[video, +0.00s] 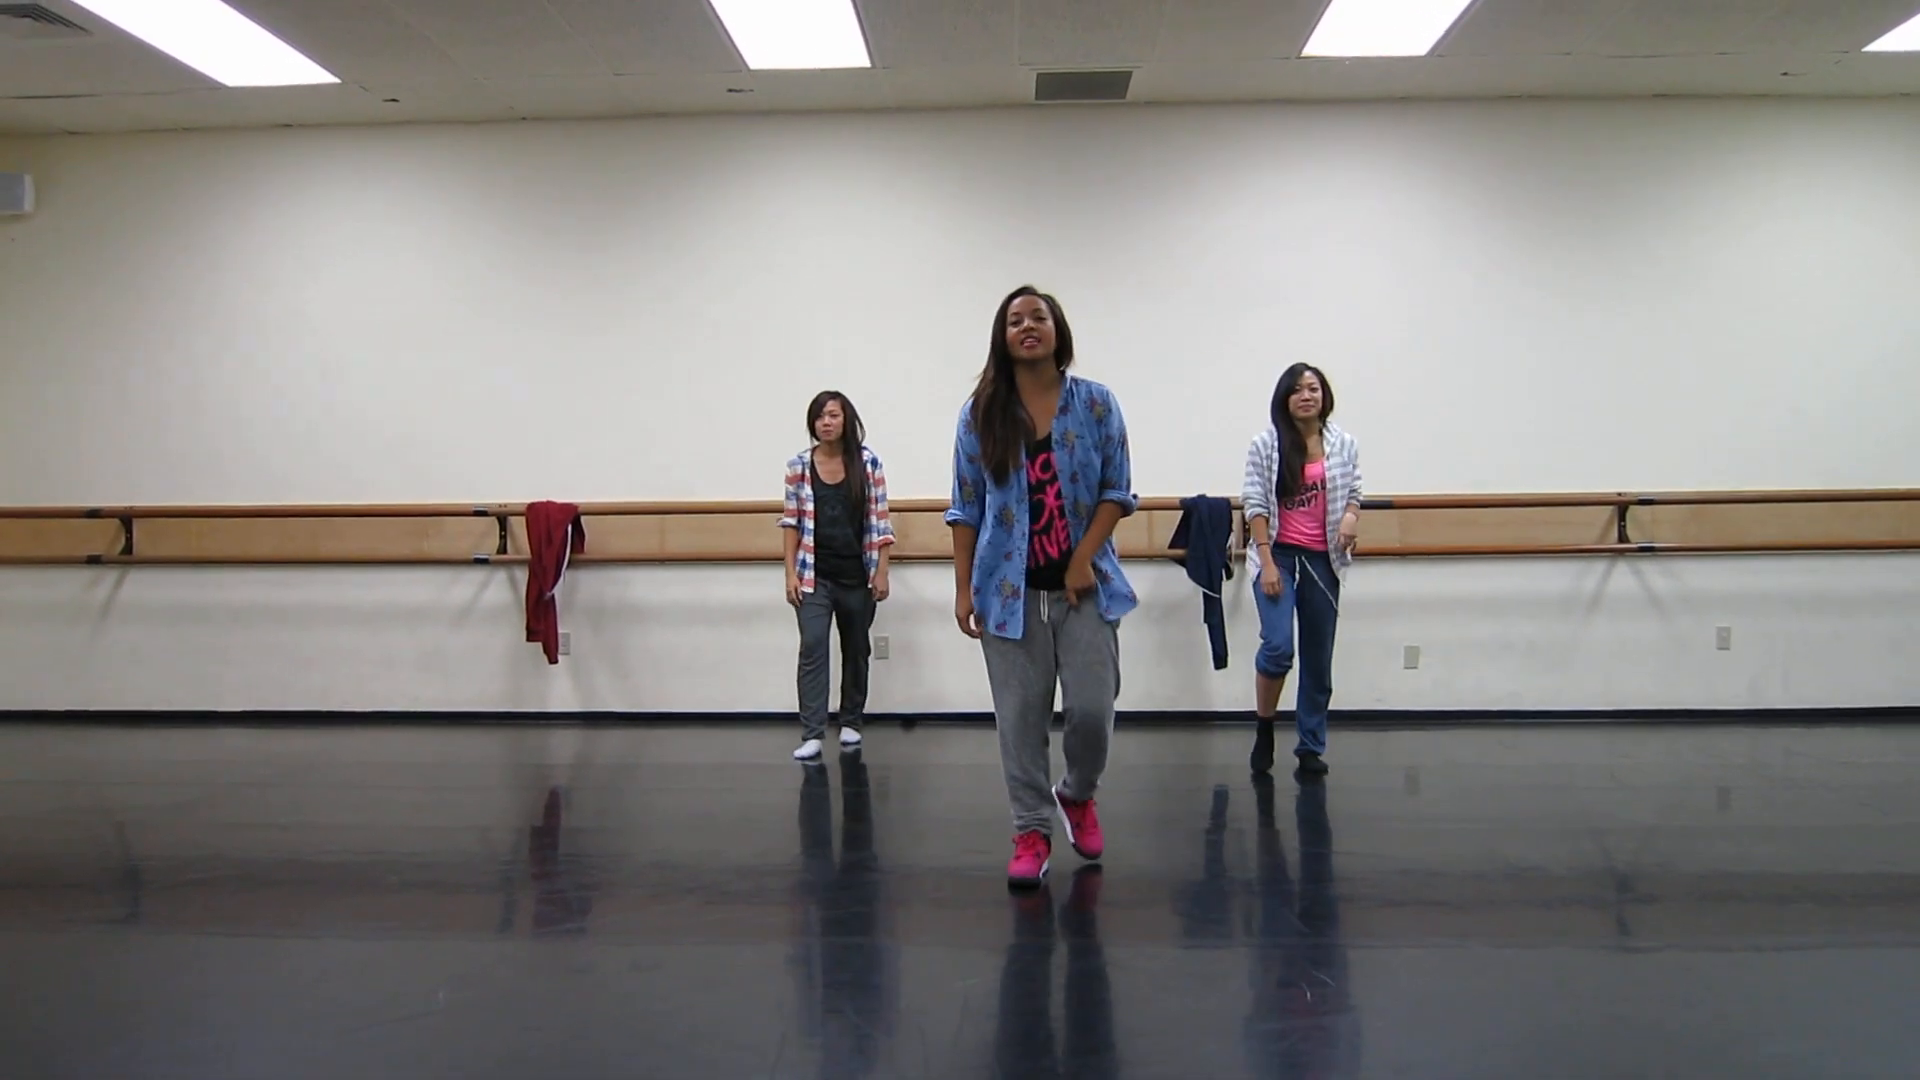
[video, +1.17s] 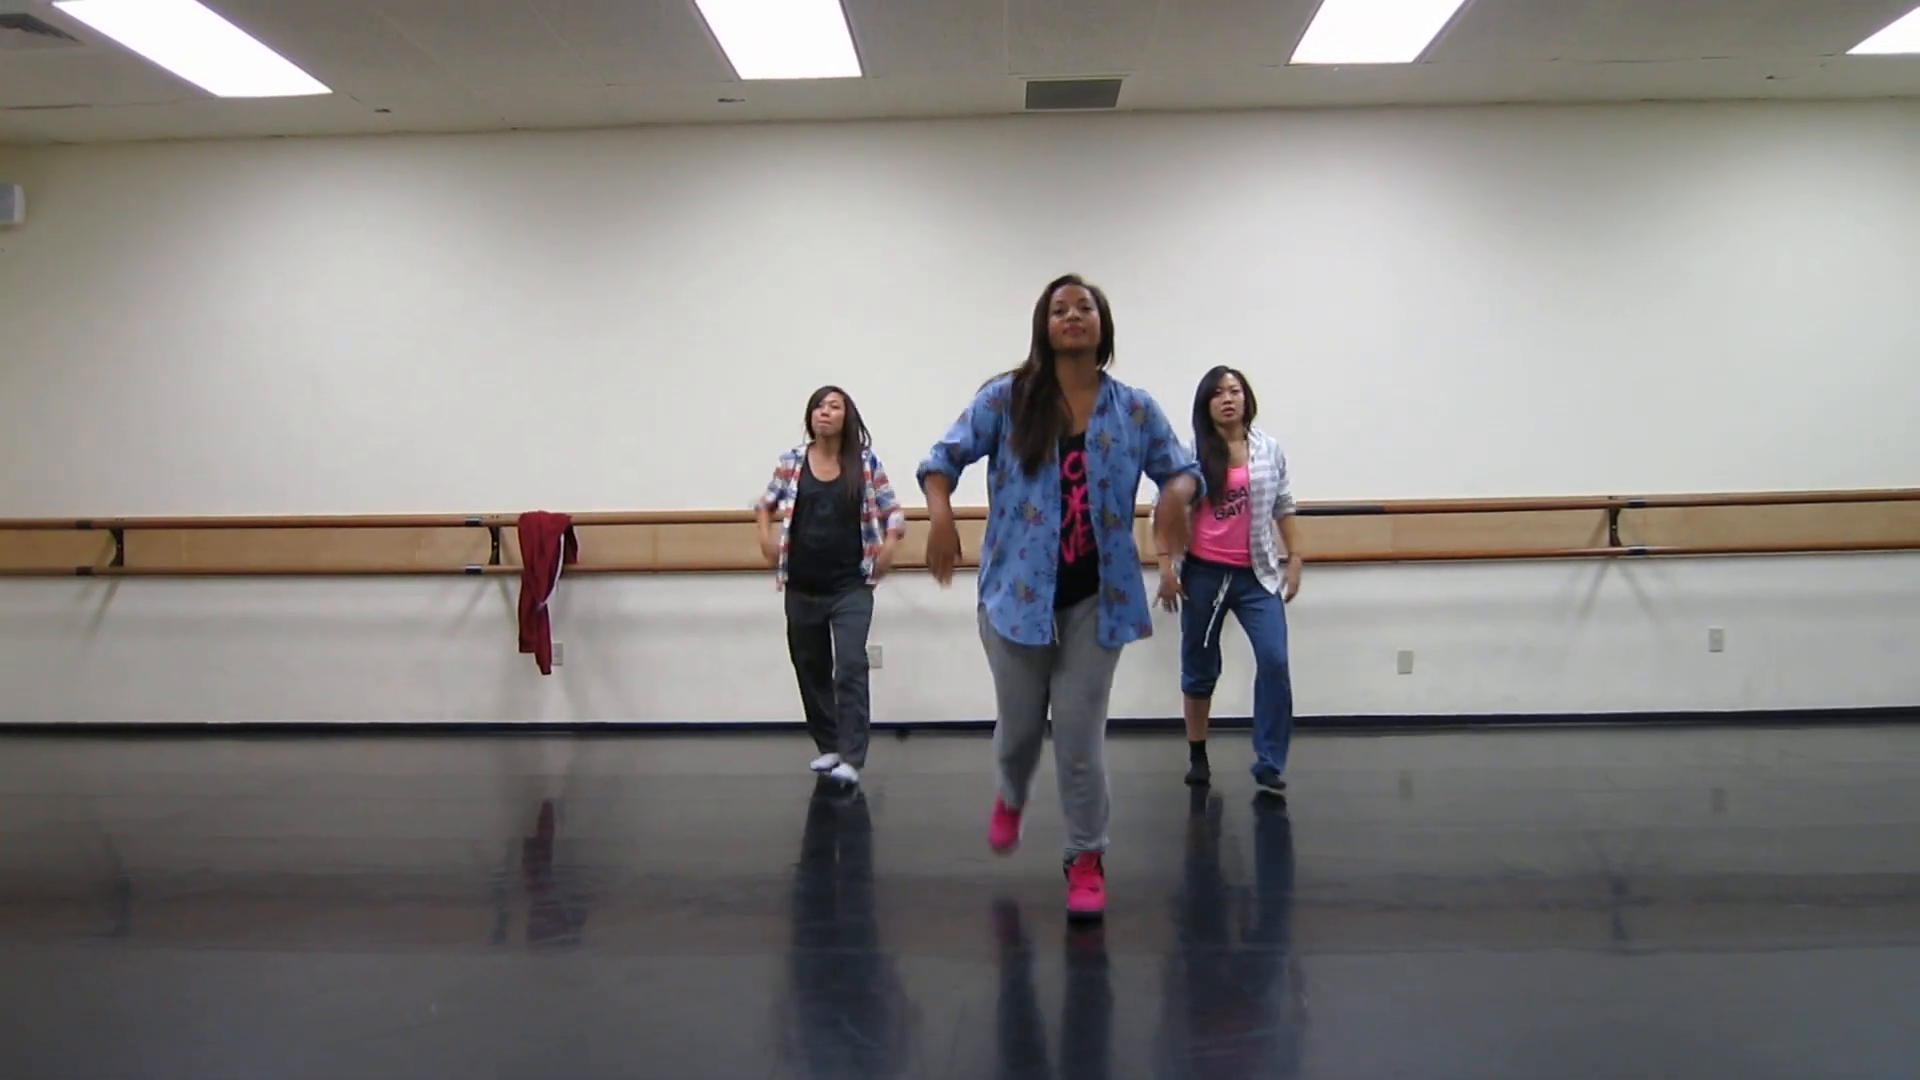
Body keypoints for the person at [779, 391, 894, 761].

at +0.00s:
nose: (827, 421)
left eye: (834, 415)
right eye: (821, 416)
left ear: (847, 421)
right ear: (812, 422)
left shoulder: (868, 462)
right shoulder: (799, 466)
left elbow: (882, 519)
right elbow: (791, 522)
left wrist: (882, 569)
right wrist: (791, 572)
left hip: (858, 577)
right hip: (813, 575)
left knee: (855, 653)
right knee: (812, 651)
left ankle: (850, 723)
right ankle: (813, 733)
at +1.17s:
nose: (827, 411)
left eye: (835, 406)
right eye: (820, 406)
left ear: (848, 418)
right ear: (810, 416)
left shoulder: (866, 462)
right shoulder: (792, 462)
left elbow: (894, 515)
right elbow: (765, 505)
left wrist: (887, 549)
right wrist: (766, 541)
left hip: (851, 588)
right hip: (802, 590)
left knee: (850, 669)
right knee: (813, 674)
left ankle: (850, 760)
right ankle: (829, 750)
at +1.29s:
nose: (823, 416)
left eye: (830, 409)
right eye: (816, 411)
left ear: (845, 419)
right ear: (806, 424)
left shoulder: (866, 463)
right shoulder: (795, 465)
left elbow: (902, 496)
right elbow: (765, 505)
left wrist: (909, 479)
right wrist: (756, 464)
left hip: (854, 589)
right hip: (803, 590)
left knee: (850, 673)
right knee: (806, 679)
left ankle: (847, 766)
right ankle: (832, 721)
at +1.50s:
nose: (818, 422)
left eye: (824, 414)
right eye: (810, 419)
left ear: (840, 422)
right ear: (803, 433)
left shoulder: (861, 469)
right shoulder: (791, 471)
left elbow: (894, 503)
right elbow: (746, 479)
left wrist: (909, 484)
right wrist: (698, 475)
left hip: (850, 596)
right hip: (800, 593)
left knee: (849, 681)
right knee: (798, 670)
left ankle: (846, 768)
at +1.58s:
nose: (813, 415)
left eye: (820, 408)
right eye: (805, 412)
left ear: (835, 415)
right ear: (798, 425)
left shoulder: (855, 459)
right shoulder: (793, 461)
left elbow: (839, 492)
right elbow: (775, 473)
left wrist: (802, 505)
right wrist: (778, 475)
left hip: (843, 590)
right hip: (795, 585)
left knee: (847, 684)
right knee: (779, 654)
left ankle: (844, 766)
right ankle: (770, 737)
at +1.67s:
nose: (806, 399)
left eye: (812, 392)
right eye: (797, 396)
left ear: (828, 399)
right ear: (790, 409)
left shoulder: (848, 443)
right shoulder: (785, 443)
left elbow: (811, 481)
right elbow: (780, 463)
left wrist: (760, 495)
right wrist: (803, 451)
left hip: (842, 577)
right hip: (791, 571)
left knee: (850, 662)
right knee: (762, 640)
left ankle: (852, 759)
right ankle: (771, 731)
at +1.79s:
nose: (795, 402)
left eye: (801, 393)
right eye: (788, 399)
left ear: (820, 400)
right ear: (782, 413)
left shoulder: (840, 436)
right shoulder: (774, 449)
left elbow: (868, 459)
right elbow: (722, 456)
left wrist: (810, 459)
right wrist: (762, 439)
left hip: (834, 579)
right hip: (780, 580)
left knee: (862, 657)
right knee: (757, 667)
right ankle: (730, 763)